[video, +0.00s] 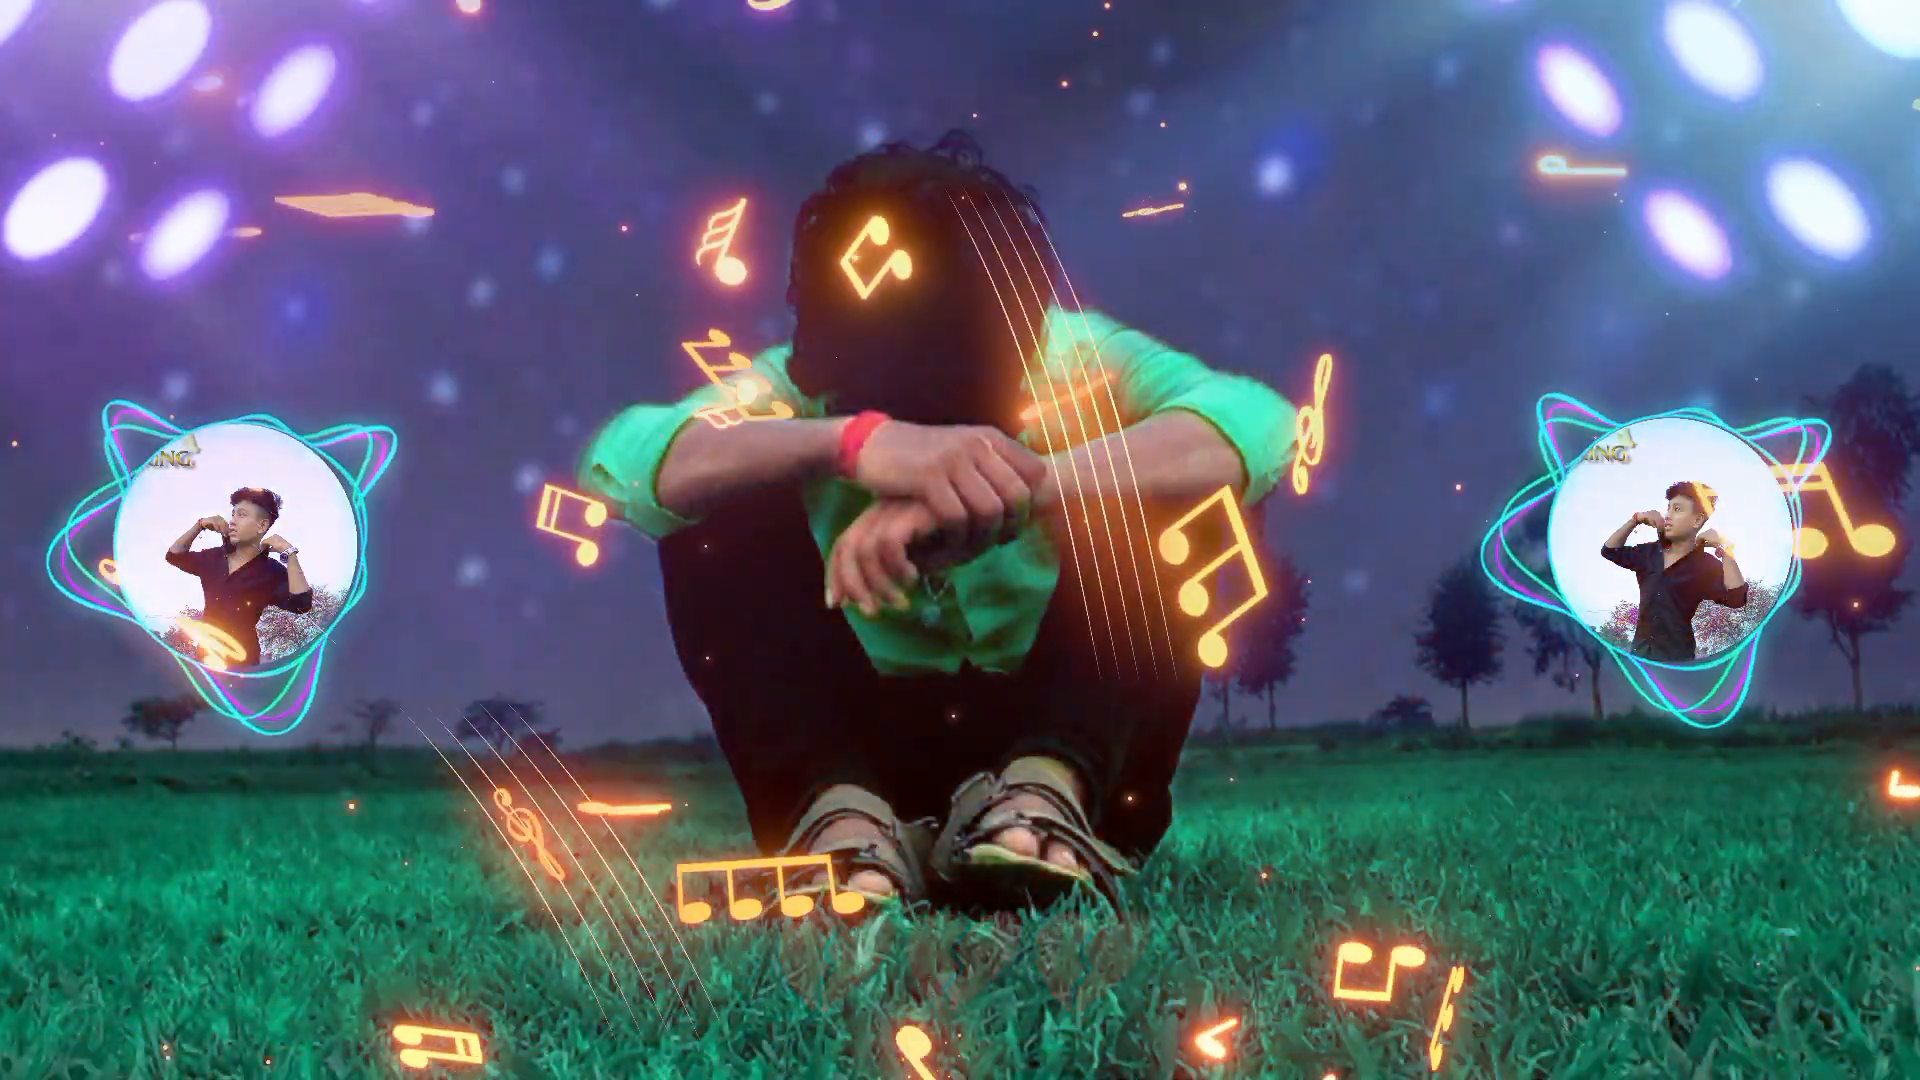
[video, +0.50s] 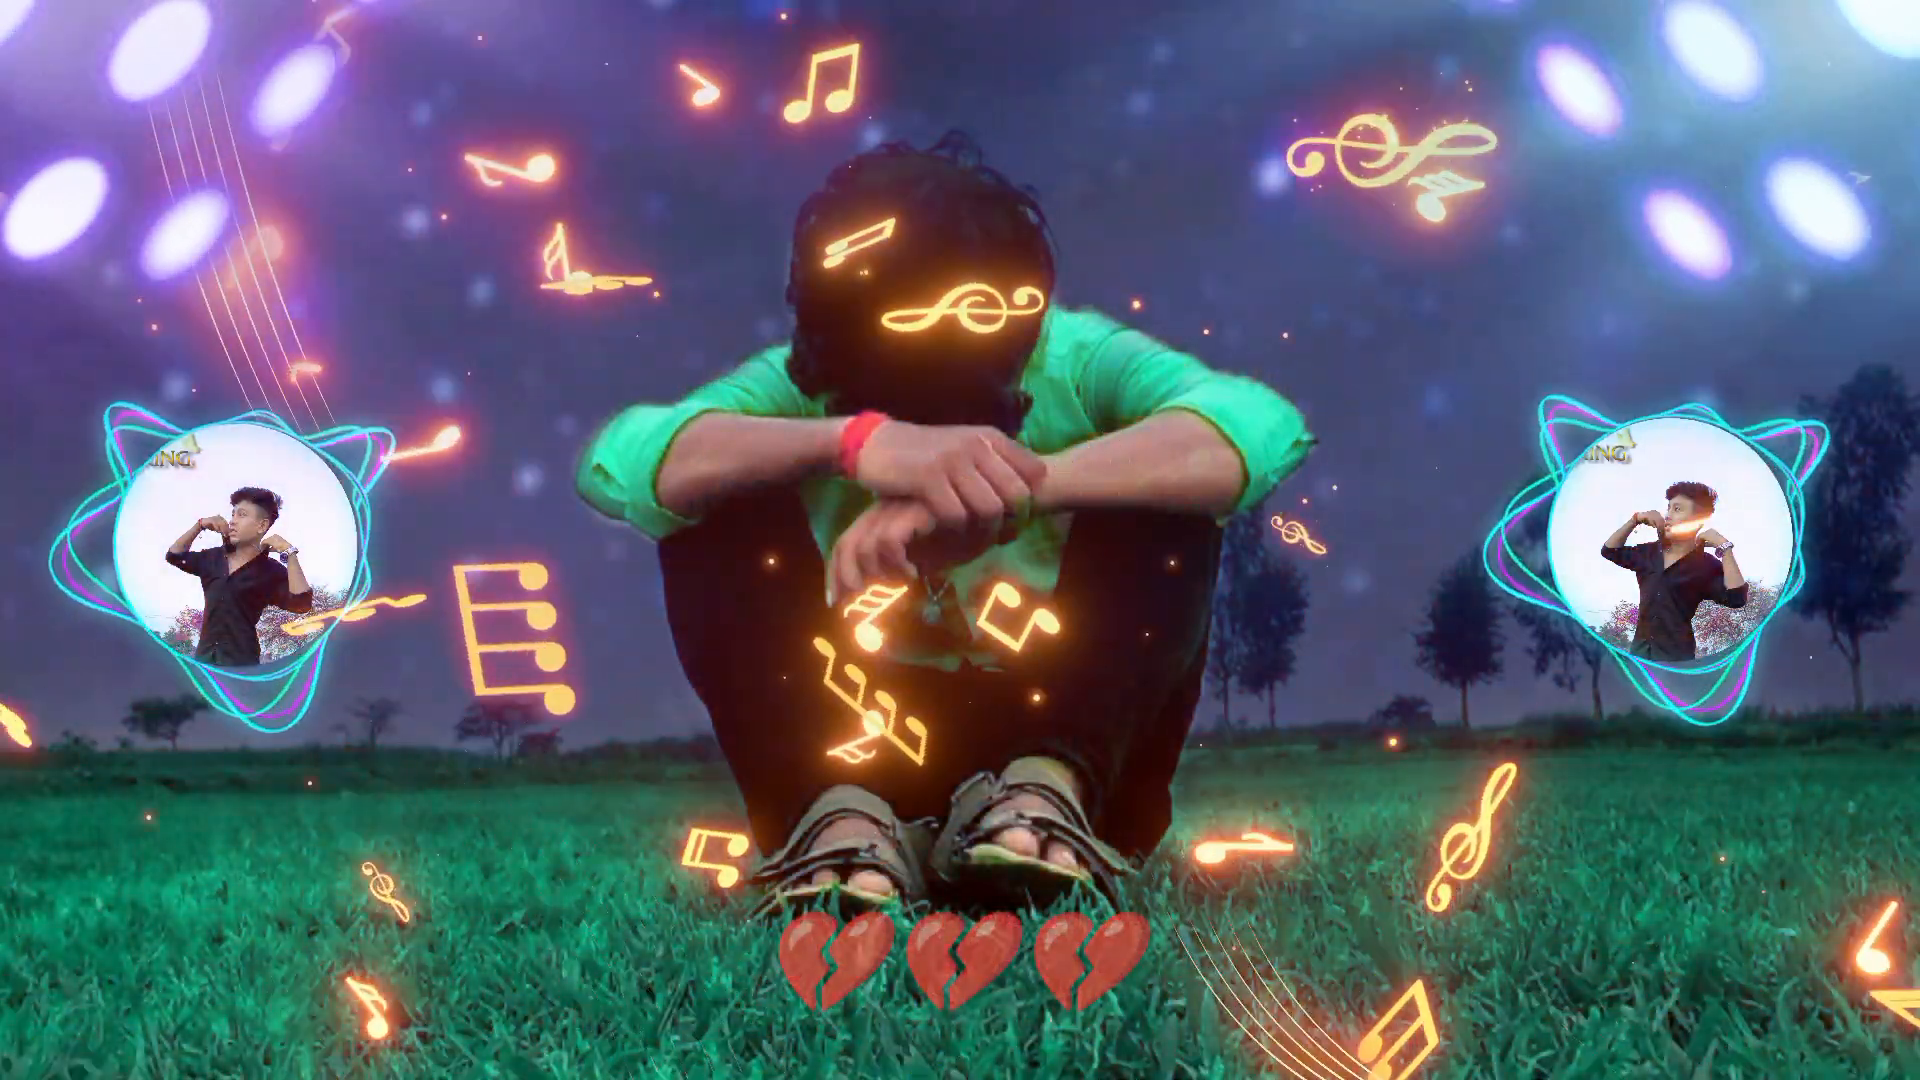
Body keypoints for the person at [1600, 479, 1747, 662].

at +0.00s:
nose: (1668, 515)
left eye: (1678, 509)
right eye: (1669, 508)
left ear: (1699, 520)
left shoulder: (1705, 565)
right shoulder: (1648, 553)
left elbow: (1737, 600)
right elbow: (1609, 551)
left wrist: (1725, 548)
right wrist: (1633, 521)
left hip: (1678, 659)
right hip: (1640, 654)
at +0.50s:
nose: (1667, 515)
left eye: (1677, 509)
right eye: (1668, 508)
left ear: (1698, 519)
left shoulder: (1705, 565)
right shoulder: (1648, 553)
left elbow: (1737, 600)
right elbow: (1609, 551)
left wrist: (1724, 547)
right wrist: (1634, 521)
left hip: (1677, 660)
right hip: (1639, 655)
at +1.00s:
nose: (1667, 515)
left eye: (1677, 509)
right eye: (1669, 508)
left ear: (1698, 520)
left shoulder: (1706, 565)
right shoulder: (1648, 553)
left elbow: (1737, 600)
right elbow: (1610, 551)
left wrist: (1725, 547)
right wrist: (1634, 521)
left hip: (1677, 660)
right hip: (1639, 655)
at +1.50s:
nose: (1668, 516)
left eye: (1677, 509)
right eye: (1669, 509)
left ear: (1698, 519)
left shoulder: (1705, 565)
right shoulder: (1648, 553)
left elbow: (1737, 600)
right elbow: (1609, 551)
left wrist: (1725, 548)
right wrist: (1634, 521)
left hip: (1677, 659)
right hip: (1639, 654)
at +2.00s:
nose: (1667, 515)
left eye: (1677, 509)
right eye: (1669, 509)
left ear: (1698, 520)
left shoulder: (1706, 565)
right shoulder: (1651, 552)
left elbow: (1737, 600)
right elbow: (1609, 551)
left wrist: (1725, 547)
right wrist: (1634, 521)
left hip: (1677, 655)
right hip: (1640, 650)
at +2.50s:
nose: (1667, 515)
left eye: (1677, 509)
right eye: (1668, 509)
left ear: (1698, 520)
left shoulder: (1705, 564)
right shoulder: (1647, 553)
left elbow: (1737, 599)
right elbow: (1609, 551)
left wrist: (1725, 547)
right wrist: (1634, 520)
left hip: (1677, 660)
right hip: (1638, 656)